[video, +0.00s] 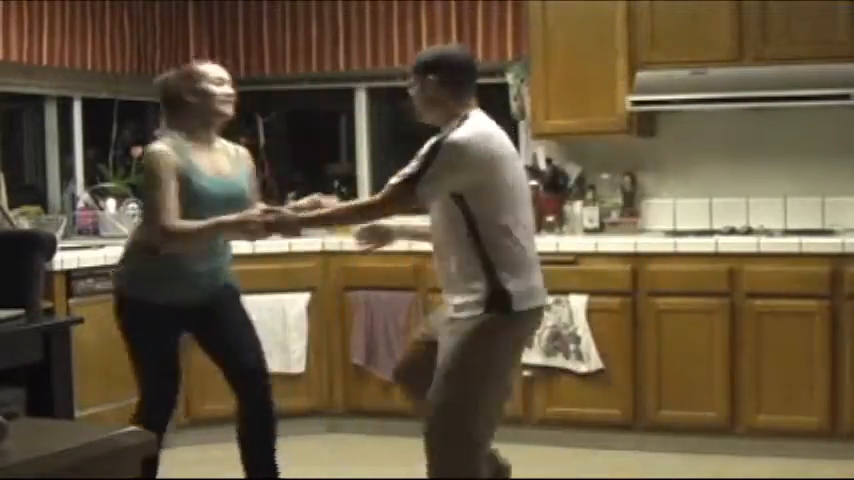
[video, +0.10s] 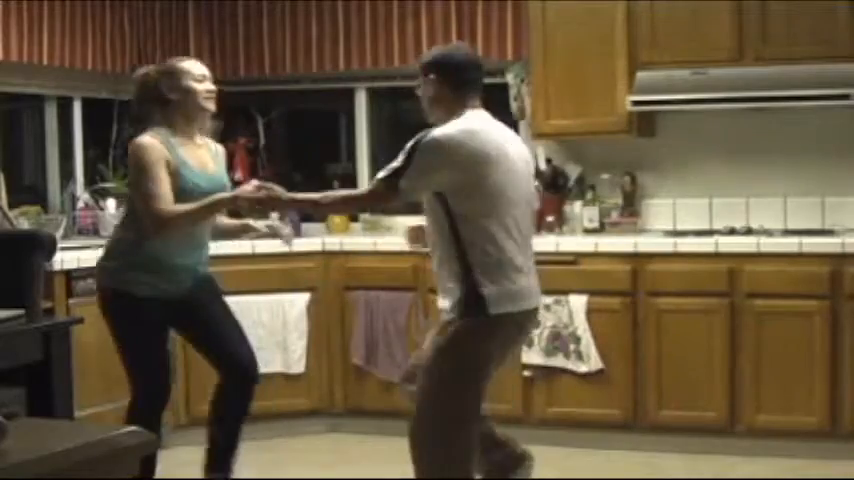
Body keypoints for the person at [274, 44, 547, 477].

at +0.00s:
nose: (411, 98)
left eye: (414, 88)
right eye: (411, 88)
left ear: (436, 87)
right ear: (462, 87)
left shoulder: (460, 142)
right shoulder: (480, 134)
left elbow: (383, 205)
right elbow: (464, 227)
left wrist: (301, 221)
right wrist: (394, 229)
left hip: (496, 310)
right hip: (474, 301)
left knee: (451, 440)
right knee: (415, 375)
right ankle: (486, 464)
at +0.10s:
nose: (419, 92)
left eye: (422, 82)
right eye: (420, 82)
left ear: (438, 84)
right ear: (474, 84)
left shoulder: (442, 143)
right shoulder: (508, 139)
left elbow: (371, 199)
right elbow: (518, 214)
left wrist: (287, 200)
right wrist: (442, 236)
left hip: (483, 312)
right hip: (517, 305)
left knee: (438, 429)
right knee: (419, 382)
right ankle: (501, 460)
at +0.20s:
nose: (431, 91)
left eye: (434, 82)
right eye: (433, 82)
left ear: (445, 85)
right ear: (488, 89)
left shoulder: (430, 140)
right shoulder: (529, 147)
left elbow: (361, 194)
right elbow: (554, 231)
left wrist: (287, 183)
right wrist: (490, 231)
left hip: (466, 314)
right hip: (520, 309)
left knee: (423, 433)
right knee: (471, 419)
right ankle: (512, 476)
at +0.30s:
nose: (441, 93)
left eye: (443, 87)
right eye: (442, 88)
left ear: (449, 87)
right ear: (500, 89)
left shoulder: (423, 139)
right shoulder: (543, 150)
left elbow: (362, 195)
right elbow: (578, 232)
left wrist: (295, 175)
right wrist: (531, 232)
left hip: (454, 316)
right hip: (524, 312)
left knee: (412, 428)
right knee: (501, 422)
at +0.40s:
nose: (516, 92)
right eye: (514, 86)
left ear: (457, 90)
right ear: (511, 88)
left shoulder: (421, 141)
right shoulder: (548, 147)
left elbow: (370, 196)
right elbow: (591, 225)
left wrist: (315, 171)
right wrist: (610, 240)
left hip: (451, 315)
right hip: (529, 316)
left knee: (382, 416)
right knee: (521, 431)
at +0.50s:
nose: (528, 97)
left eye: (528, 86)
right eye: (526, 87)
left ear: (465, 89)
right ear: (510, 86)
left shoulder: (419, 138)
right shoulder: (543, 139)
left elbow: (377, 194)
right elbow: (589, 217)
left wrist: (320, 166)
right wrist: (635, 251)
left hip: (442, 308)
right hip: (520, 309)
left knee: (388, 421)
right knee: (520, 434)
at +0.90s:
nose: (552, 98)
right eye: (552, 91)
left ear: (497, 91)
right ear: (549, 90)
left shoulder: (457, 144)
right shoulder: (576, 139)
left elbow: (413, 215)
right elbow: (615, 212)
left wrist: (350, 217)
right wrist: (679, 272)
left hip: (467, 298)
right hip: (543, 309)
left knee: (398, 371)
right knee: (523, 427)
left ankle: (416, 474)